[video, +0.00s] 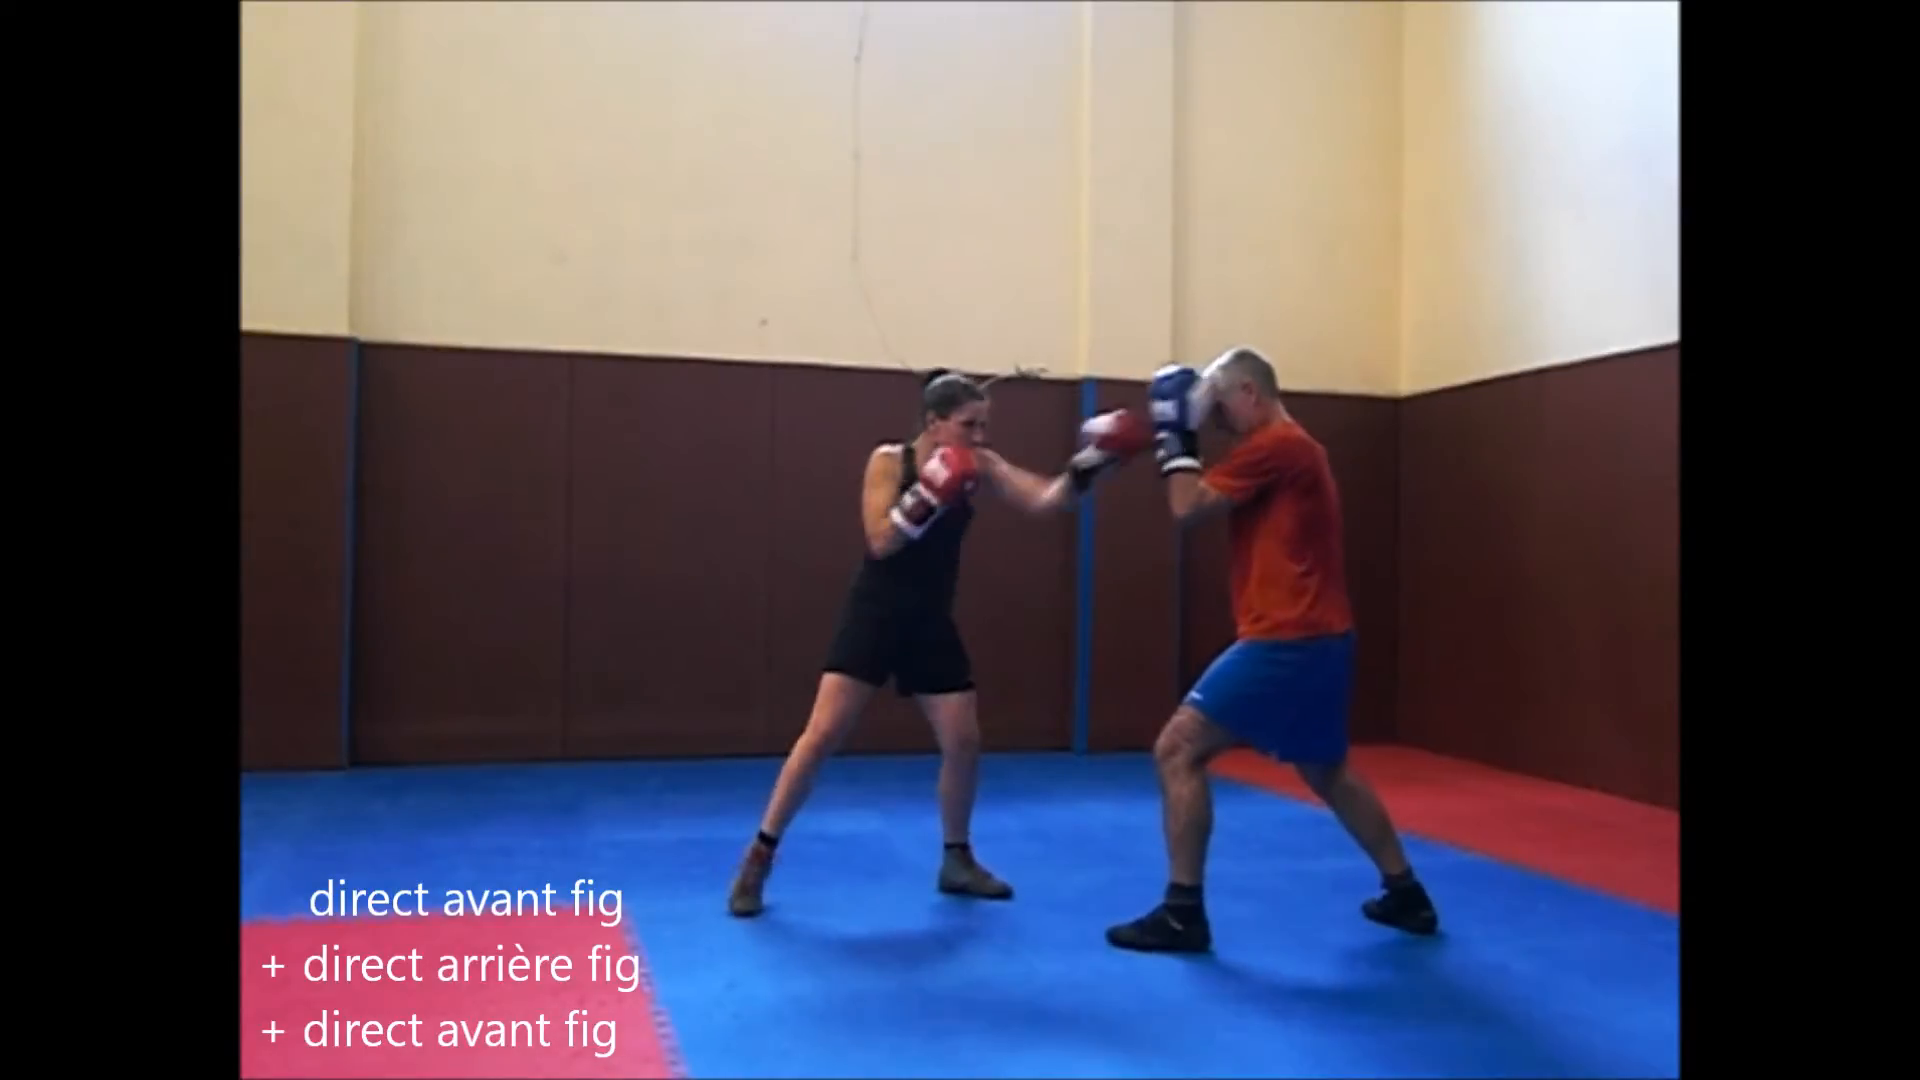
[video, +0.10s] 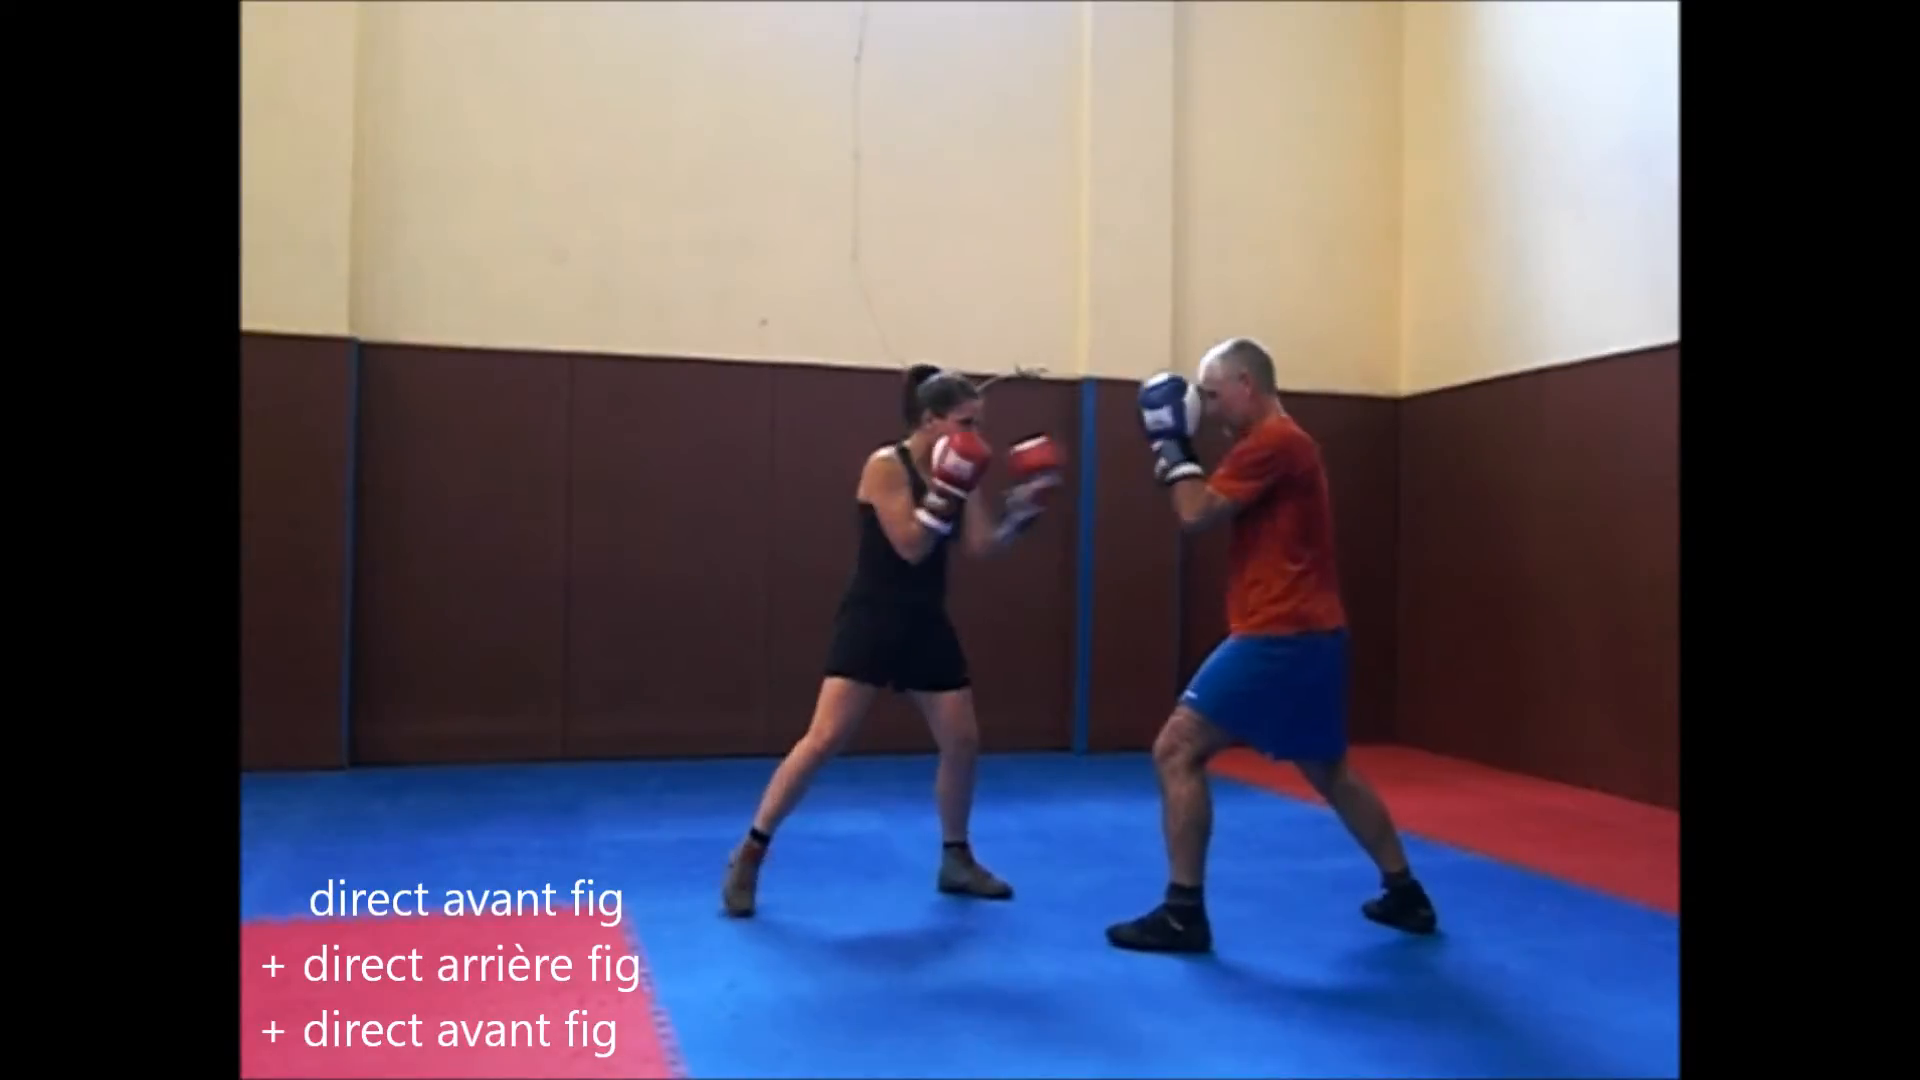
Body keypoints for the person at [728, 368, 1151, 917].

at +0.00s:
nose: (981, 435)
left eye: (984, 424)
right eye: (971, 424)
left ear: (980, 424)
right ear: (934, 422)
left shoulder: (980, 466)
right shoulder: (890, 462)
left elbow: (1043, 499)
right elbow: (879, 541)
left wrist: (1087, 465)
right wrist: (928, 496)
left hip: (930, 622)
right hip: (874, 616)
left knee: (963, 739)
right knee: (824, 732)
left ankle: (957, 861)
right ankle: (759, 857)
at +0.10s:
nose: (973, 435)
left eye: (974, 425)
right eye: (965, 423)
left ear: (948, 422)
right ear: (932, 419)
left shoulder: (955, 471)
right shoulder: (886, 466)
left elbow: (979, 544)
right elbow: (910, 544)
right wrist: (947, 489)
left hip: (925, 625)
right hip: (870, 623)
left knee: (960, 740)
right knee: (824, 738)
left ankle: (957, 860)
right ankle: (750, 853)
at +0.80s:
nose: (878, 449)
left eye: (882, 439)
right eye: (873, 437)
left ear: (860, 431)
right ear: (844, 424)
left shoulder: (852, 475)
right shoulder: (804, 467)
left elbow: (900, 519)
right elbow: (877, 517)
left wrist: (907, 468)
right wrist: (894, 477)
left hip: (844, 635)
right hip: (791, 636)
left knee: (904, 742)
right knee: (750, 761)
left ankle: (892, 868)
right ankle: (688, 879)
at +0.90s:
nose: (862, 447)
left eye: (866, 437)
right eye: (858, 434)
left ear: (847, 431)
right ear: (825, 423)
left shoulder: (837, 473)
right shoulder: (786, 465)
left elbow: (891, 516)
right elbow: (859, 510)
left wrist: (906, 454)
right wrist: (884, 461)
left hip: (841, 633)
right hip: (786, 635)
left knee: (897, 742)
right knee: (751, 760)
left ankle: (891, 868)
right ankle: (688, 880)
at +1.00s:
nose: (855, 447)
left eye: (860, 438)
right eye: (852, 435)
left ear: (840, 429)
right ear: (821, 423)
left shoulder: (831, 472)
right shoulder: (780, 466)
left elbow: (876, 513)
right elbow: (851, 514)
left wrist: (901, 467)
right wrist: (877, 475)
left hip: (835, 633)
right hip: (782, 635)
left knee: (892, 743)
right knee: (749, 762)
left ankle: (890, 868)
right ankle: (688, 881)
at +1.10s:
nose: (851, 446)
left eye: (855, 437)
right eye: (846, 434)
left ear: (834, 431)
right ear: (815, 424)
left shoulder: (828, 472)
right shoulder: (779, 465)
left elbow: (876, 515)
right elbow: (850, 514)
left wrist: (884, 463)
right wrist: (871, 466)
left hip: (832, 633)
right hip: (779, 635)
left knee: (888, 742)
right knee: (749, 761)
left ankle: (890, 868)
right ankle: (688, 880)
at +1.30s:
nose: (838, 444)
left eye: (842, 433)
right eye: (831, 432)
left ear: (818, 426)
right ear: (796, 422)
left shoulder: (815, 471)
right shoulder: (765, 465)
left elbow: (868, 514)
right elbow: (840, 508)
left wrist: (881, 451)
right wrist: (865, 452)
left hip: (831, 629)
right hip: (778, 632)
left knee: (883, 740)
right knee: (750, 761)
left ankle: (890, 867)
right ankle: (689, 880)